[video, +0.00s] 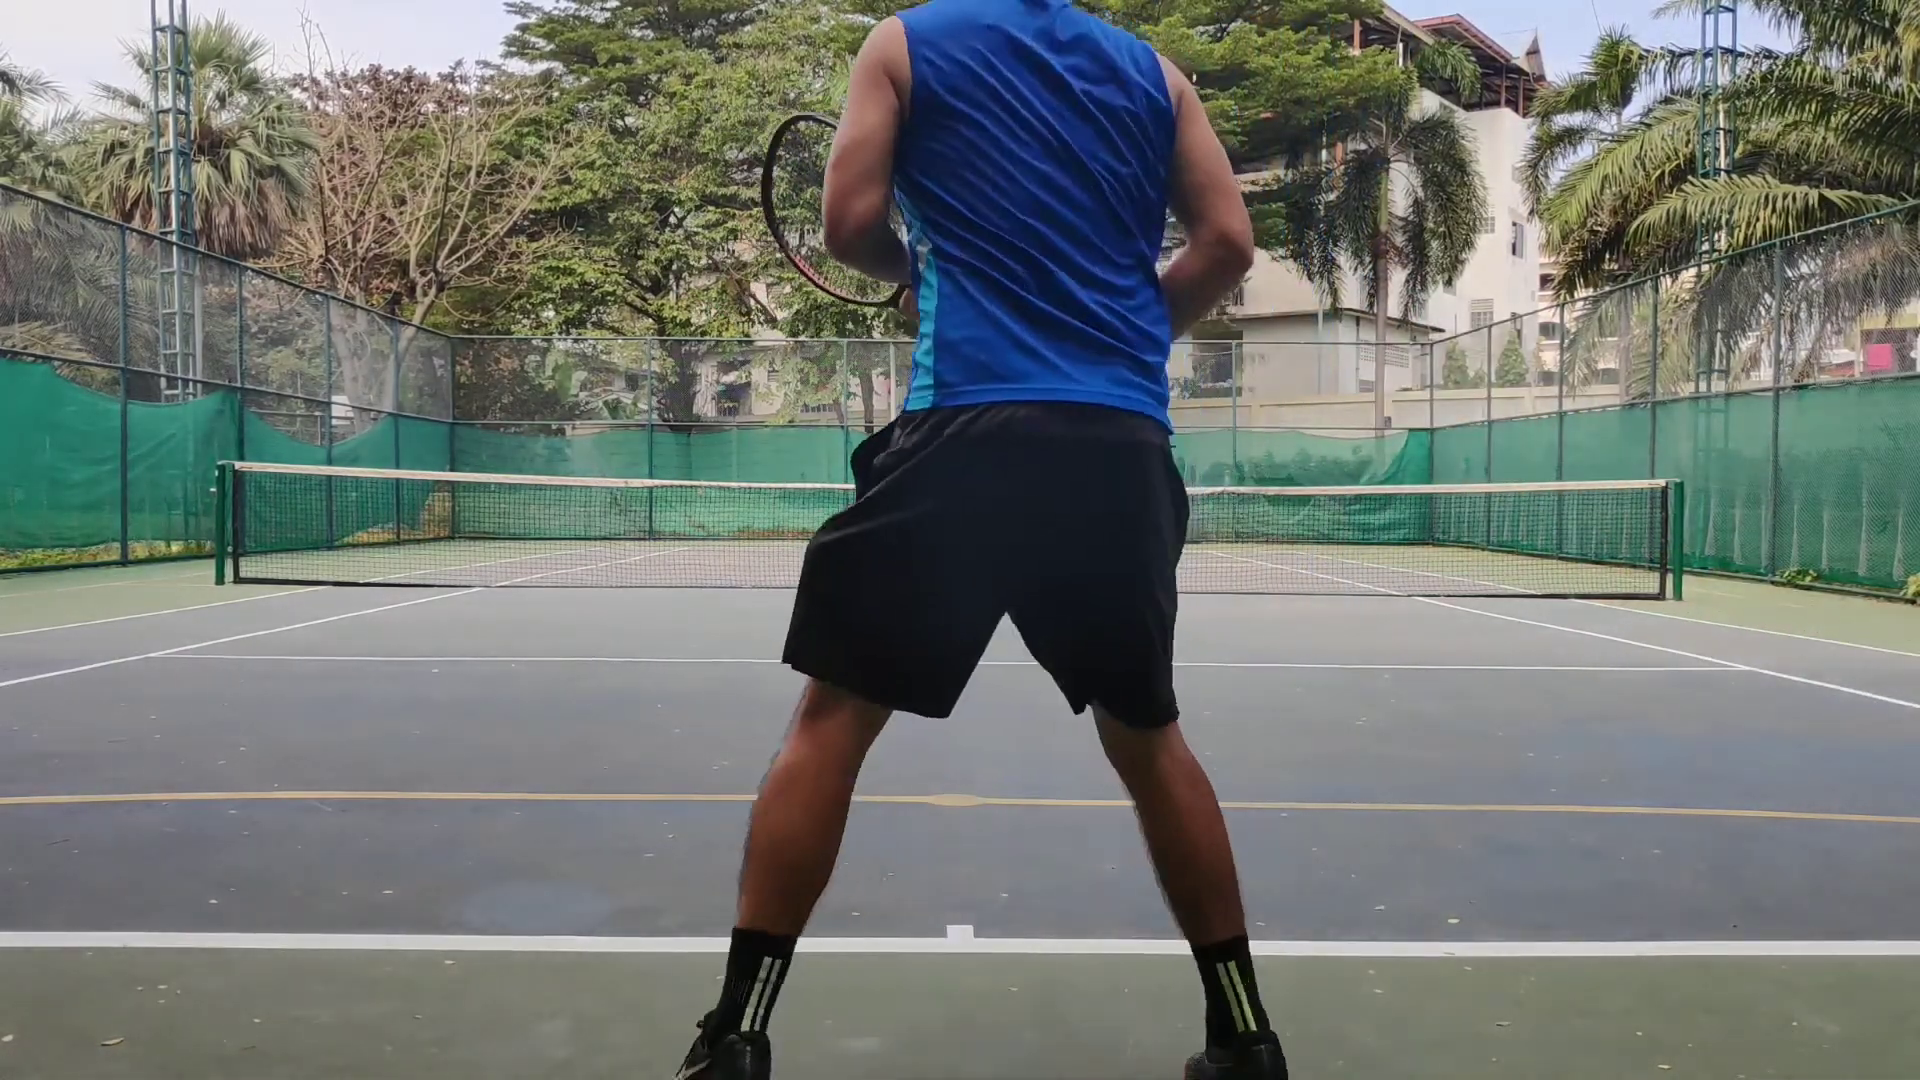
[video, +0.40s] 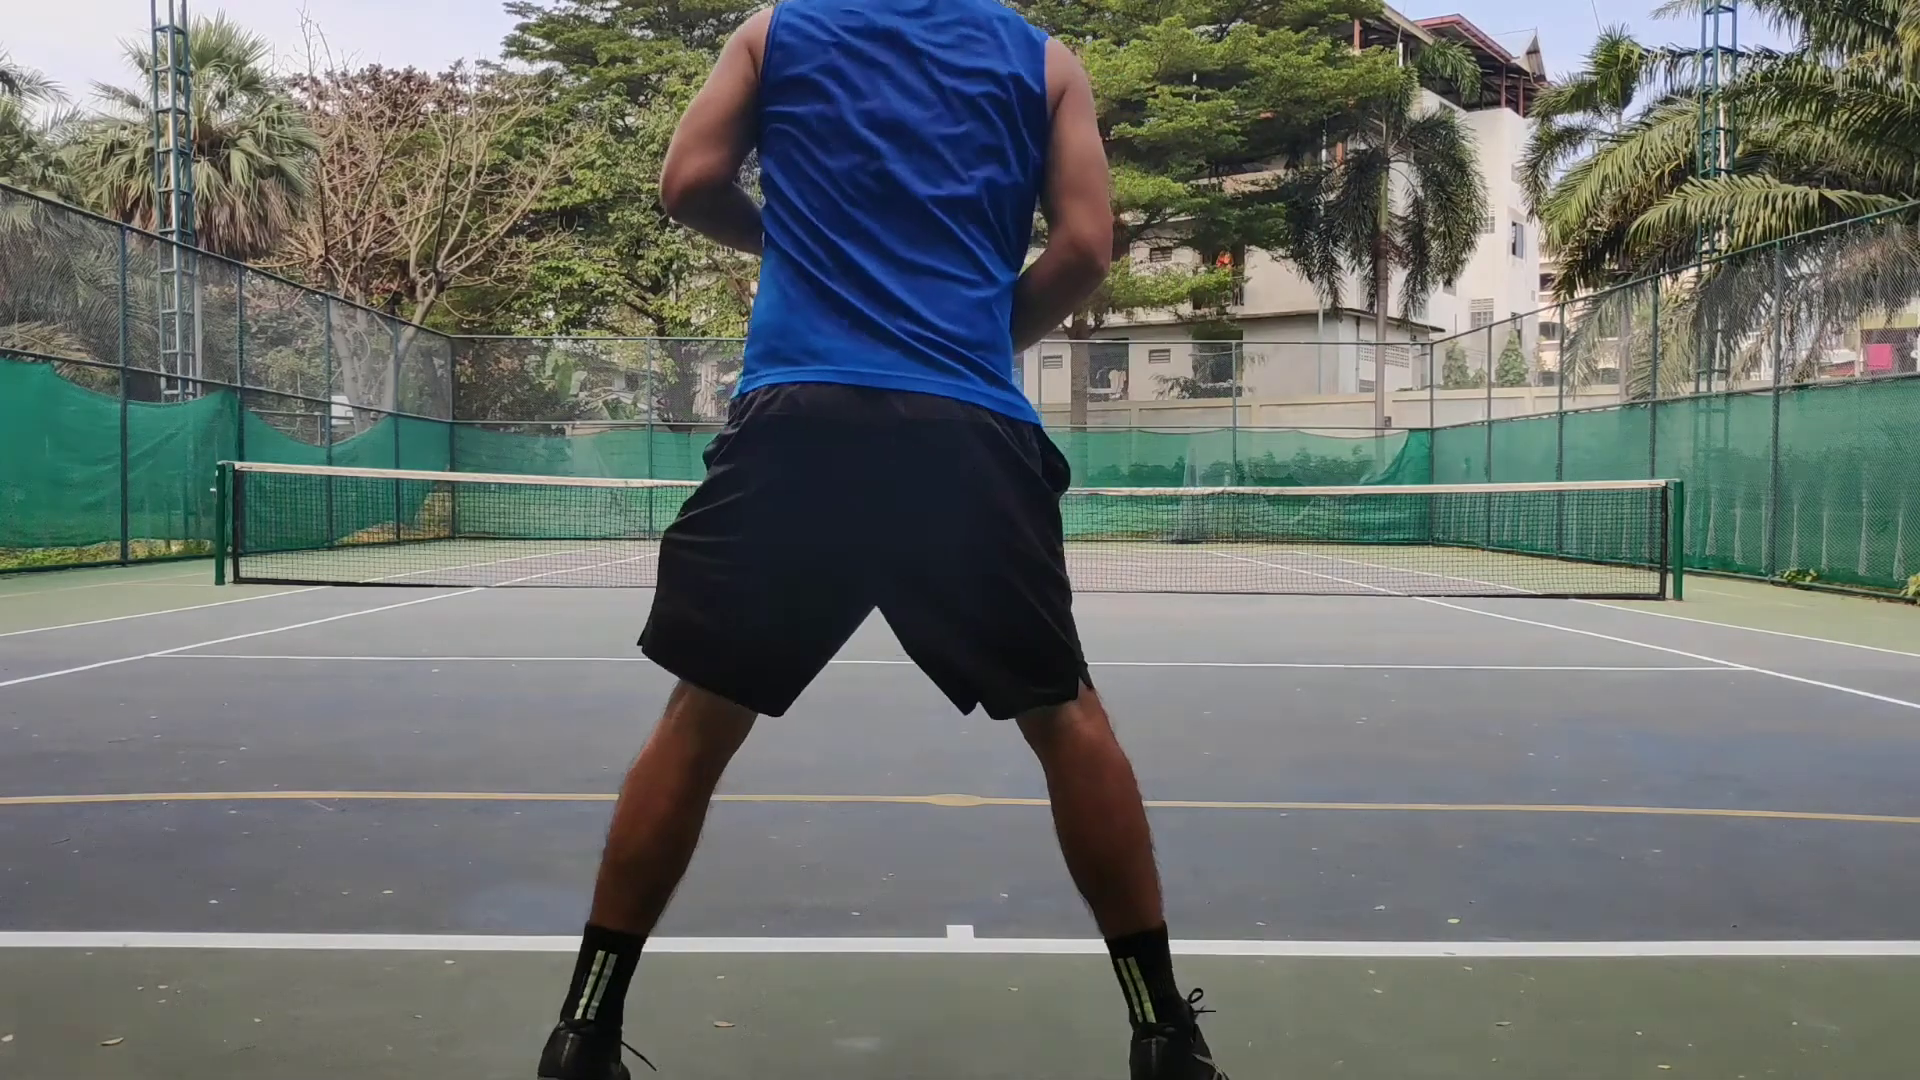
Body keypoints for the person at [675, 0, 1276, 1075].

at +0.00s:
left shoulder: (907, 40)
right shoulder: (1154, 70)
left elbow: (848, 225)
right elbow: (1228, 239)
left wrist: (917, 266)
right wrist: (1139, 317)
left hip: (959, 452)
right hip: (1118, 460)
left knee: (829, 726)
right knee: (1151, 738)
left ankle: (738, 1031)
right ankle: (1243, 1028)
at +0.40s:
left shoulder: (783, 26)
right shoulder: (1047, 58)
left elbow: (689, 179)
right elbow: (1086, 245)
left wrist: (789, 238)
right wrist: (990, 329)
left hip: (796, 440)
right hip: (968, 453)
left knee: (693, 732)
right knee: (1069, 725)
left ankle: (583, 1029)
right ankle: (1163, 1028)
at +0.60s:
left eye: (802, 39)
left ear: (795, 57)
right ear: (908, 66)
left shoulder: (708, 165)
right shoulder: (972, 178)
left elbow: (610, 338)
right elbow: (1010, 382)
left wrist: (706, 385)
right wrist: (928, 464)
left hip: (717, 566)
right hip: (899, 582)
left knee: (630, 799)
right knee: (1028, 822)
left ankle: (529, 1061)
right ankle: (1120, 1072)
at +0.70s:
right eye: (849, 97)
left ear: (718, 80)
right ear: (836, 96)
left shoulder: (629, 184)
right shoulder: (860, 195)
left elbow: (557, 382)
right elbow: (882, 389)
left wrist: (652, 447)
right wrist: (832, 518)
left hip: (597, 576)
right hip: (775, 587)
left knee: (598, 808)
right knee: (943, 835)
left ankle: (547, 1063)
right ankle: (1098, 1066)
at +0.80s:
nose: (756, 85)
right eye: (755, 65)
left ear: (636, 53)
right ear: (747, 67)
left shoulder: (563, 149)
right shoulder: (721, 160)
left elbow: (579, 371)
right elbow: (734, 360)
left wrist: (732, 416)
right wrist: (747, 512)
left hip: (440, 527)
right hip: (596, 533)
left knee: (558, 783)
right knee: (803, 777)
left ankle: (542, 1064)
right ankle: (872, 1067)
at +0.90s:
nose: (672, 52)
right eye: (673, 37)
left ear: (551, 28)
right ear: (663, 37)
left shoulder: (498, 120)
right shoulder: (598, 125)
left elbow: (576, 354)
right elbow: (611, 332)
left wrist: (732, 389)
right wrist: (733, 467)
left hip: (295, 475)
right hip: (421, 488)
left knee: (440, 740)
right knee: (635, 760)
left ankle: (441, 1033)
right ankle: (478, 1048)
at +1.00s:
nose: (568, 63)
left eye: (566, 45)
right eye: (570, 42)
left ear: (447, 32)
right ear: (558, 44)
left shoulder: (404, 126)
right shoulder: (460, 126)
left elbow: (529, 305)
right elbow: (475, 306)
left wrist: (689, 367)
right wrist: (676, 378)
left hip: (178, 500)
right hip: (287, 523)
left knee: (316, 750)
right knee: (502, 801)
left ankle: (111, 1021)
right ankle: (370, 1070)